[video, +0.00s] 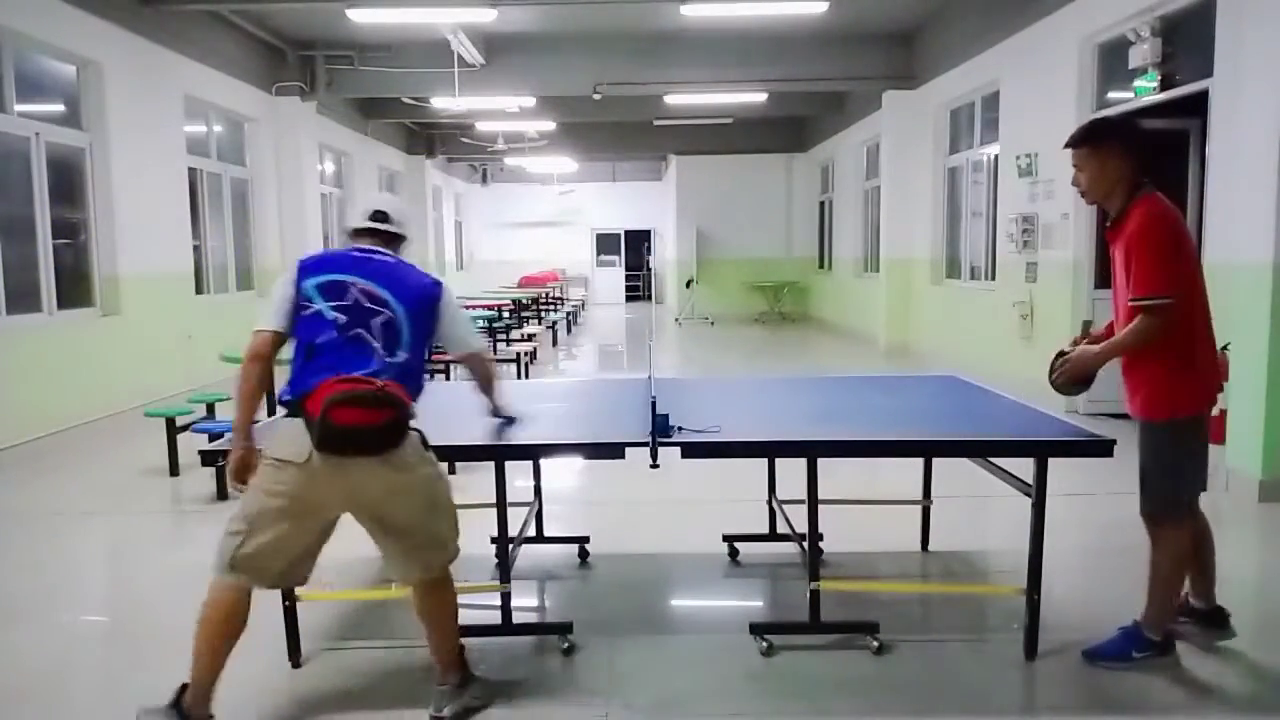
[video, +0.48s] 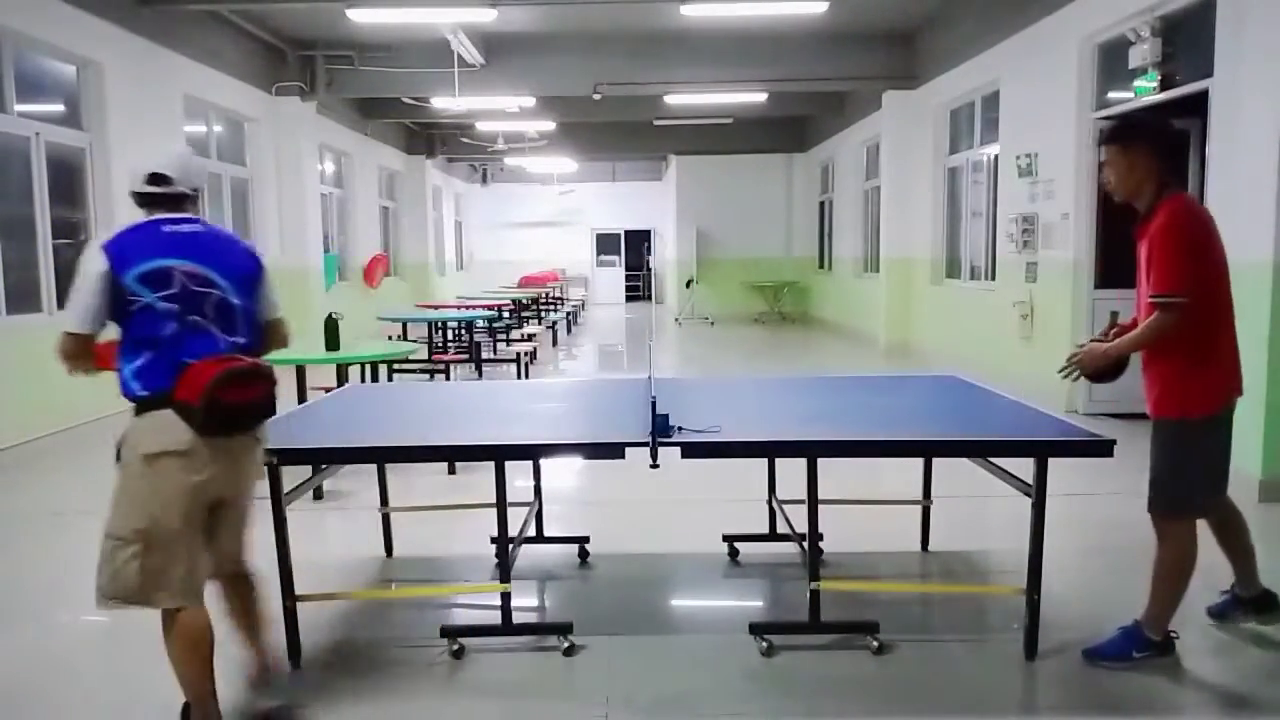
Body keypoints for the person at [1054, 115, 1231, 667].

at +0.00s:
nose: (1075, 181)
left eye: (1082, 167)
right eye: (1074, 169)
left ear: (1116, 163)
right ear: (1110, 168)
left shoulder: (1150, 222)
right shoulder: (1132, 222)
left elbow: (1158, 317)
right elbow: (1141, 308)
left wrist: (1098, 355)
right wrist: (1102, 336)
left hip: (1174, 393)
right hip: (1163, 390)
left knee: (1165, 511)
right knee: (1181, 504)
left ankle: (1155, 630)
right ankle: (1202, 605)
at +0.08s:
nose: (1076, 180)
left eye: (1083, 167)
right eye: (1075, 169)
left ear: (1117, 164)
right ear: (1111, 169)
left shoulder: (1150, 220)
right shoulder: (1131, 222)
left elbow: (1160, 314)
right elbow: (1142, 306)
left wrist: (1102, 354)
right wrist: (1105, 334)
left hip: (1176, 390)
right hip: (1167, 386)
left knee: (1166, 510)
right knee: (1183, 501)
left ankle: (1155, 630)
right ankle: (1208, 600)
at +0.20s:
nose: (1082, 181)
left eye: (1088, 167)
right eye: (1080, 169)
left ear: (1122, 163)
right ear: (1118, 168)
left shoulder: (1155, 220)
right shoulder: (1137, 221)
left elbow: (1165, 314)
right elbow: (1147, 304)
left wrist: (1108, 357)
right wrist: (1107, 332)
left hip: (1180, 394)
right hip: (1173, 392)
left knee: (1168, 511)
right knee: (1189, 497)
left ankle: (1154, 630)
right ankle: (1222, 593)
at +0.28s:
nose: (1087, 179)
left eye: (1093, 166)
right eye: (1085, 168)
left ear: (1128, 162)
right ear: (1124, 168)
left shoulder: (1159, 220)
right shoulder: (1144, 220)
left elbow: (1167, 313)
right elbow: (1151, 304)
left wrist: (1110, 357)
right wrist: (1112, 331)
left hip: (1180, 396)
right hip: (1182, 392)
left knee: (1168, 511)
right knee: (1196, 496)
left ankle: (1154, 631)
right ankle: (1229, 592)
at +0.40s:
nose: (1097, 177)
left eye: (1104, 164)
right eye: (1096, 166)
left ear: (1137, 163)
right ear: (1135, 167)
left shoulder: (1167, 222)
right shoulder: (1157, 220)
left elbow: (1169, 312)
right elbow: (1159, 304)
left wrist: (1110, 355)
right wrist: (1119, 331)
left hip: (1185, 395)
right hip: (1194, 391)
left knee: (1170, 511)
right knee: (1204, 496)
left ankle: (1154, 631)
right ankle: (1245, 590)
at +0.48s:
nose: (1104, 178)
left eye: (1110, 165)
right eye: (1103, 167)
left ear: (1142, 161)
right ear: (1143, 165)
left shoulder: (1174, 222)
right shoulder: (1165, 220)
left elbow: (1173, 312)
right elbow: (1167, 303)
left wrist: (1114, 351)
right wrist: (1128, 327)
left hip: (1189, 396)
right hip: (1197, 392)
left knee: (1172, 511)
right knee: (1209, 496)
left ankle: (1153, 631)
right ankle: (1252, 589)